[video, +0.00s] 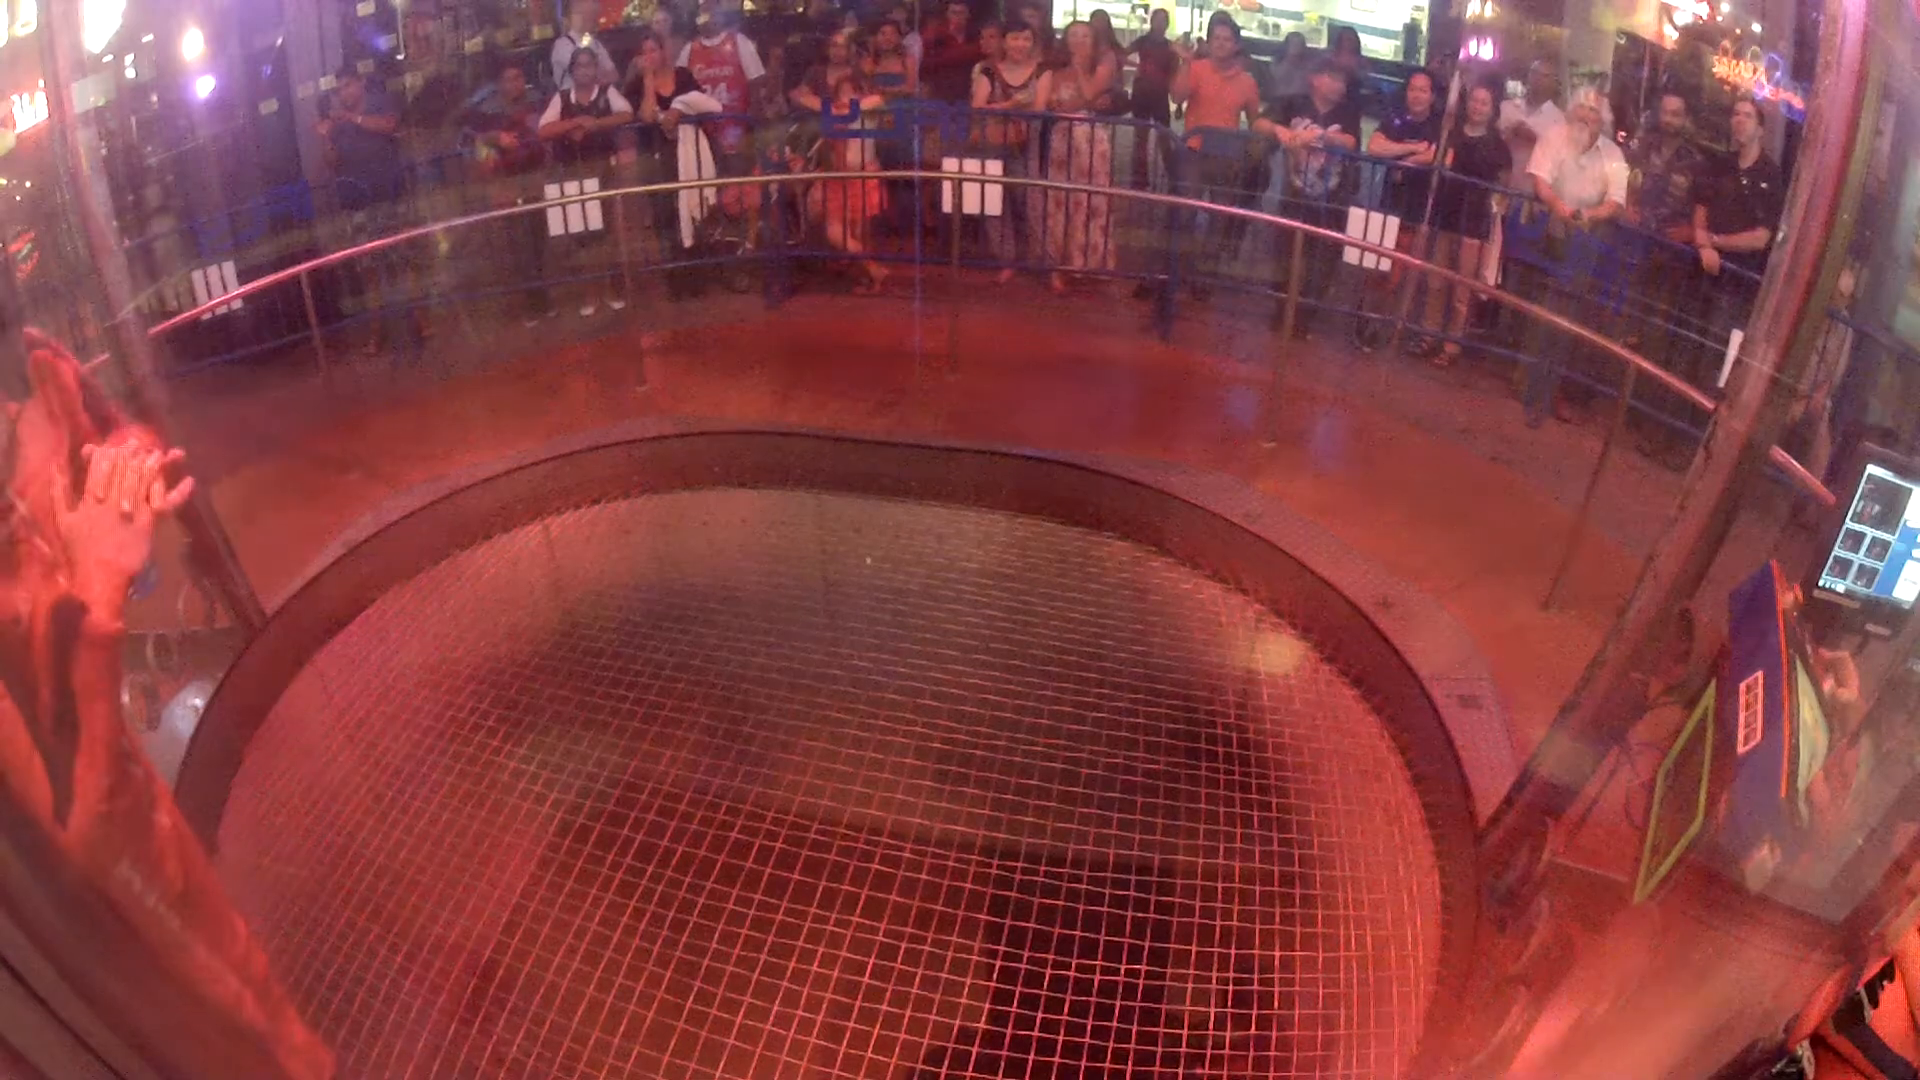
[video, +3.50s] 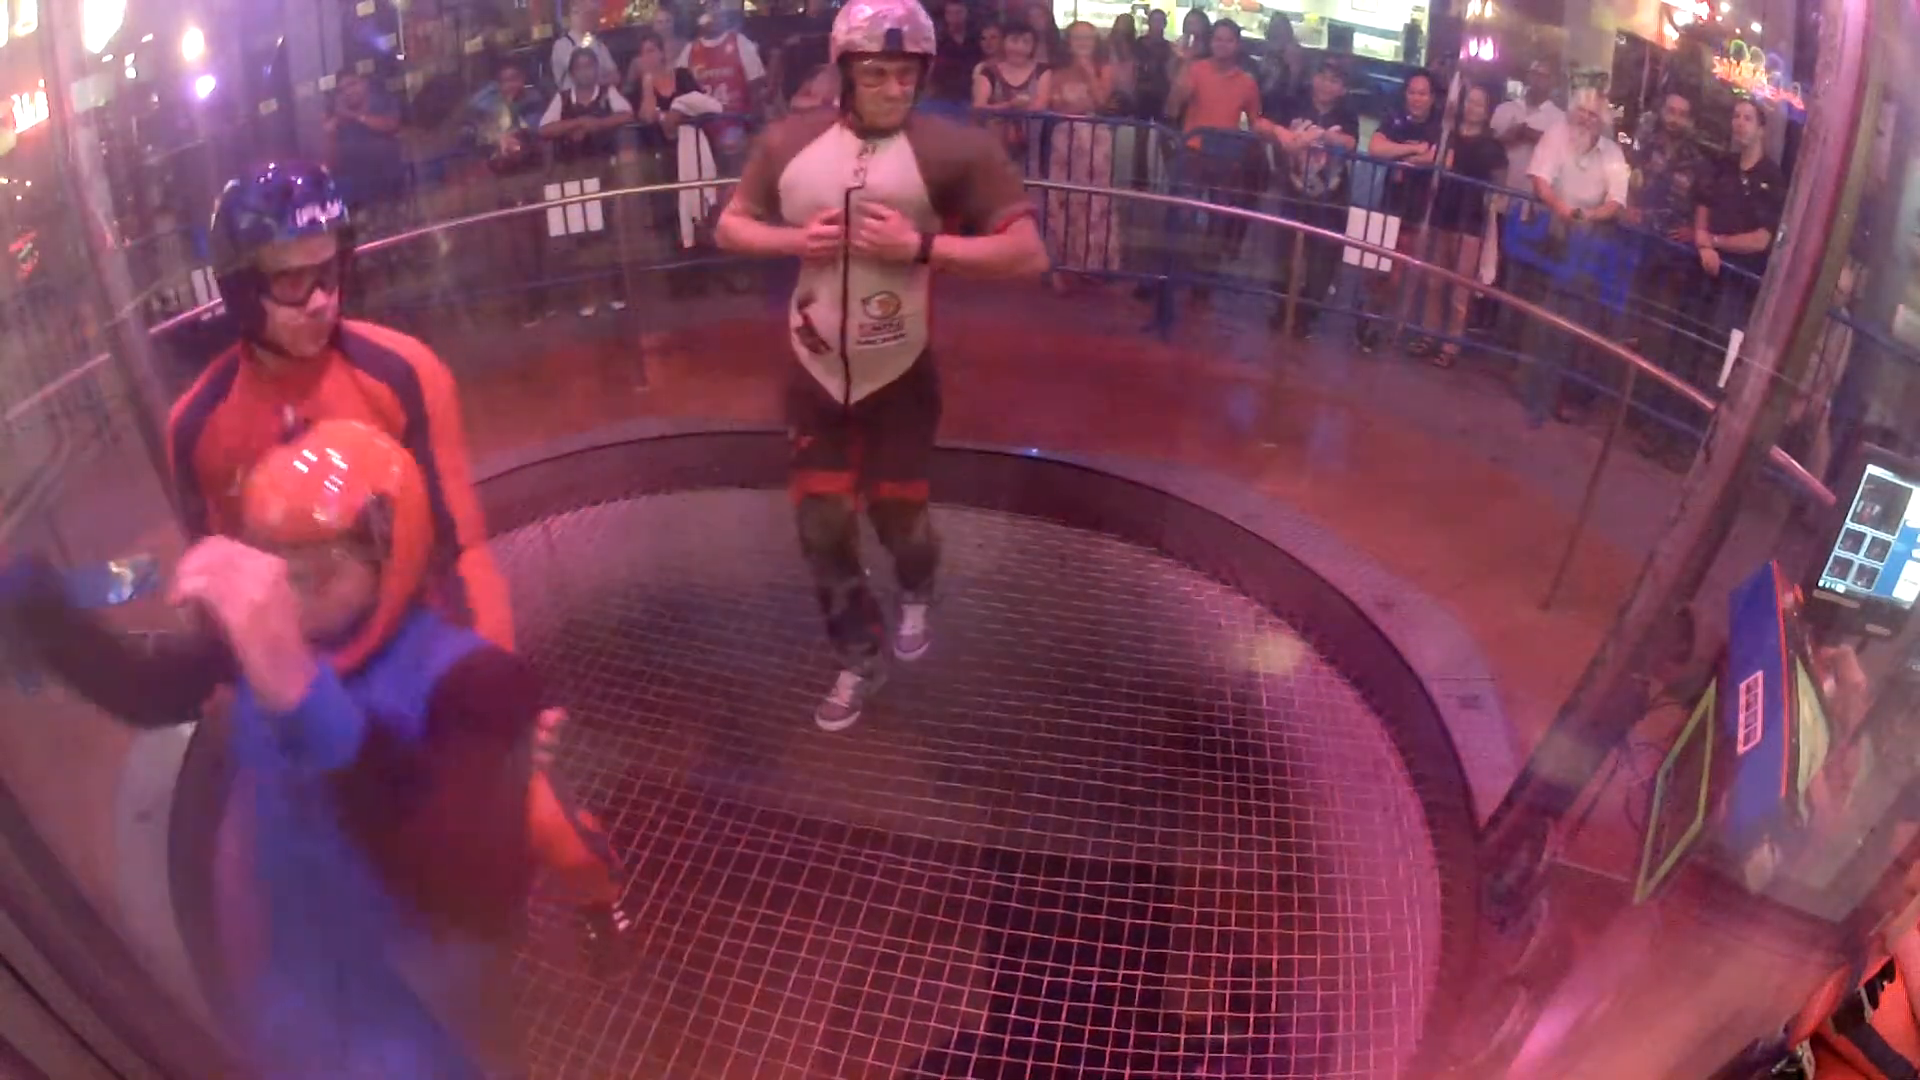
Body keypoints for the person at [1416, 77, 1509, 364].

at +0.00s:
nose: (1477, 107)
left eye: (1484, 103)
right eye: (1473, 101)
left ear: (1494, 109)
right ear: (1465, 104)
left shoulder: (1498, 146)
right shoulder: (1452, 136)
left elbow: (1494, 180)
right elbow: (1438, 167)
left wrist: (1456, 161)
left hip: (1474, 219)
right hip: (1443, 212)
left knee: (1463, 285)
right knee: (1435, 280)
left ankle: (1452, 342)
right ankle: (1429, 333)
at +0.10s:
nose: (1478, 107)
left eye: (1485, 103)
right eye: (1474, 101)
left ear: (1494, 109)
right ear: (1466, 104)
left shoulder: (1498, 146)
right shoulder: (1453, 137)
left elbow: (1501, 186)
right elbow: (1439, 169)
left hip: (1475, 218)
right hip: (1444, 212)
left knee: (1463, 284)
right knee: (1435, 278)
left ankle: (1452, 341)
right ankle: (1429, 332)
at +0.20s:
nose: (1477, 107)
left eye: (1484, 103)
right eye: (1473, 100)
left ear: (1494, 110)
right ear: (1466, 103)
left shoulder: (1498, 148)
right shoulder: (1452, 137)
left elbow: (1497, 185)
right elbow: (1437, 168)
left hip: (1474, 219)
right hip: (1443, 213)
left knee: (1463, 285)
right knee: (1435, 279)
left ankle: (1452, 341)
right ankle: (1429, 332)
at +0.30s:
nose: (1477, 107)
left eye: (1484, 103)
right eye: (1474, 101)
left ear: (1494, 110)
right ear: (1466, 104)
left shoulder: (1498, 148)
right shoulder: (1451, 137)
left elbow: (1499, 186)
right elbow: (1437, 169)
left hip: (1474, 219)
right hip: (1443, 213)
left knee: (1463, 285)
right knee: (1435, 279)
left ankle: (1452, 341)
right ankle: (1429, 332)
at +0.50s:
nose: (1478, 107)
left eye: (1485, 103)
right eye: (1474, 101)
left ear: (1494, 111)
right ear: (1466, 104)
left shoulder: (1498, 147)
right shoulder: (1452, 137)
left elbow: (1504, 185)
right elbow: (1439, 166)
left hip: (1475, 217)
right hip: (1445, 211)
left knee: (1463, 284)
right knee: (1435, 277)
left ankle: (1452, 341)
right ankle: (1429, 331)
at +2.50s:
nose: (1480, 107)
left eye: (1487, 103)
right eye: (1477, 101)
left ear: (1497, 111)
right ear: (1469, 104)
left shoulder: (1500, 148)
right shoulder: (1453, 137)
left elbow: (1506, 187)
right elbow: (1439, 166)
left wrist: (1495, 206)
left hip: (1476, 220)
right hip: (1444, 212)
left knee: (1463, 289)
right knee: (1435, 281)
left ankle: (1453, 342)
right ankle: (1429, 333)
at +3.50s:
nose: (1472, 108)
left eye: (1478, 103)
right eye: (1468, 101)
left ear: (1488, 110)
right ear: (1461, 106)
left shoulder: (1492, 147)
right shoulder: (1449, 139)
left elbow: (1498, 184)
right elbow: (1436, 171)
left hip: (1472, 218)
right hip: (1442, 213)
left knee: (1461, 285)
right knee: (1434, 279)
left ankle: (1451, 342)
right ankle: (1428, 333)